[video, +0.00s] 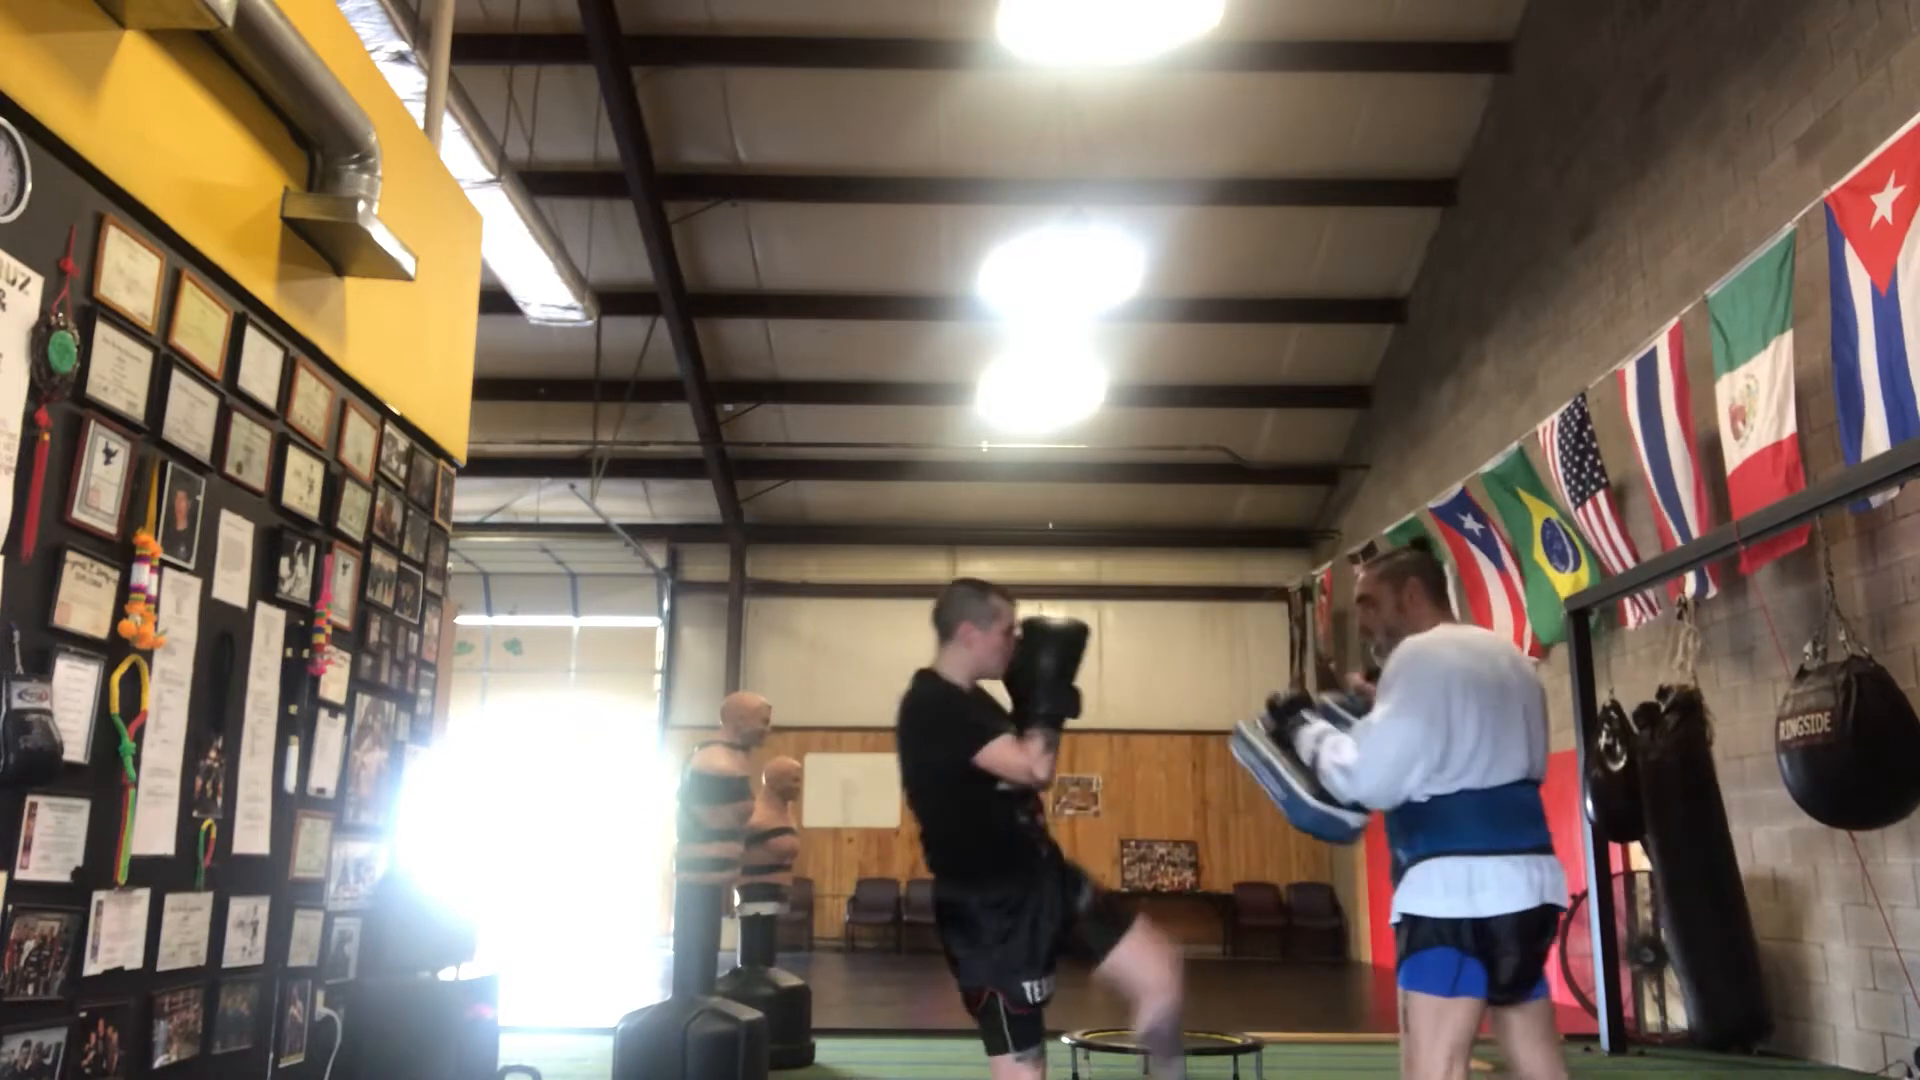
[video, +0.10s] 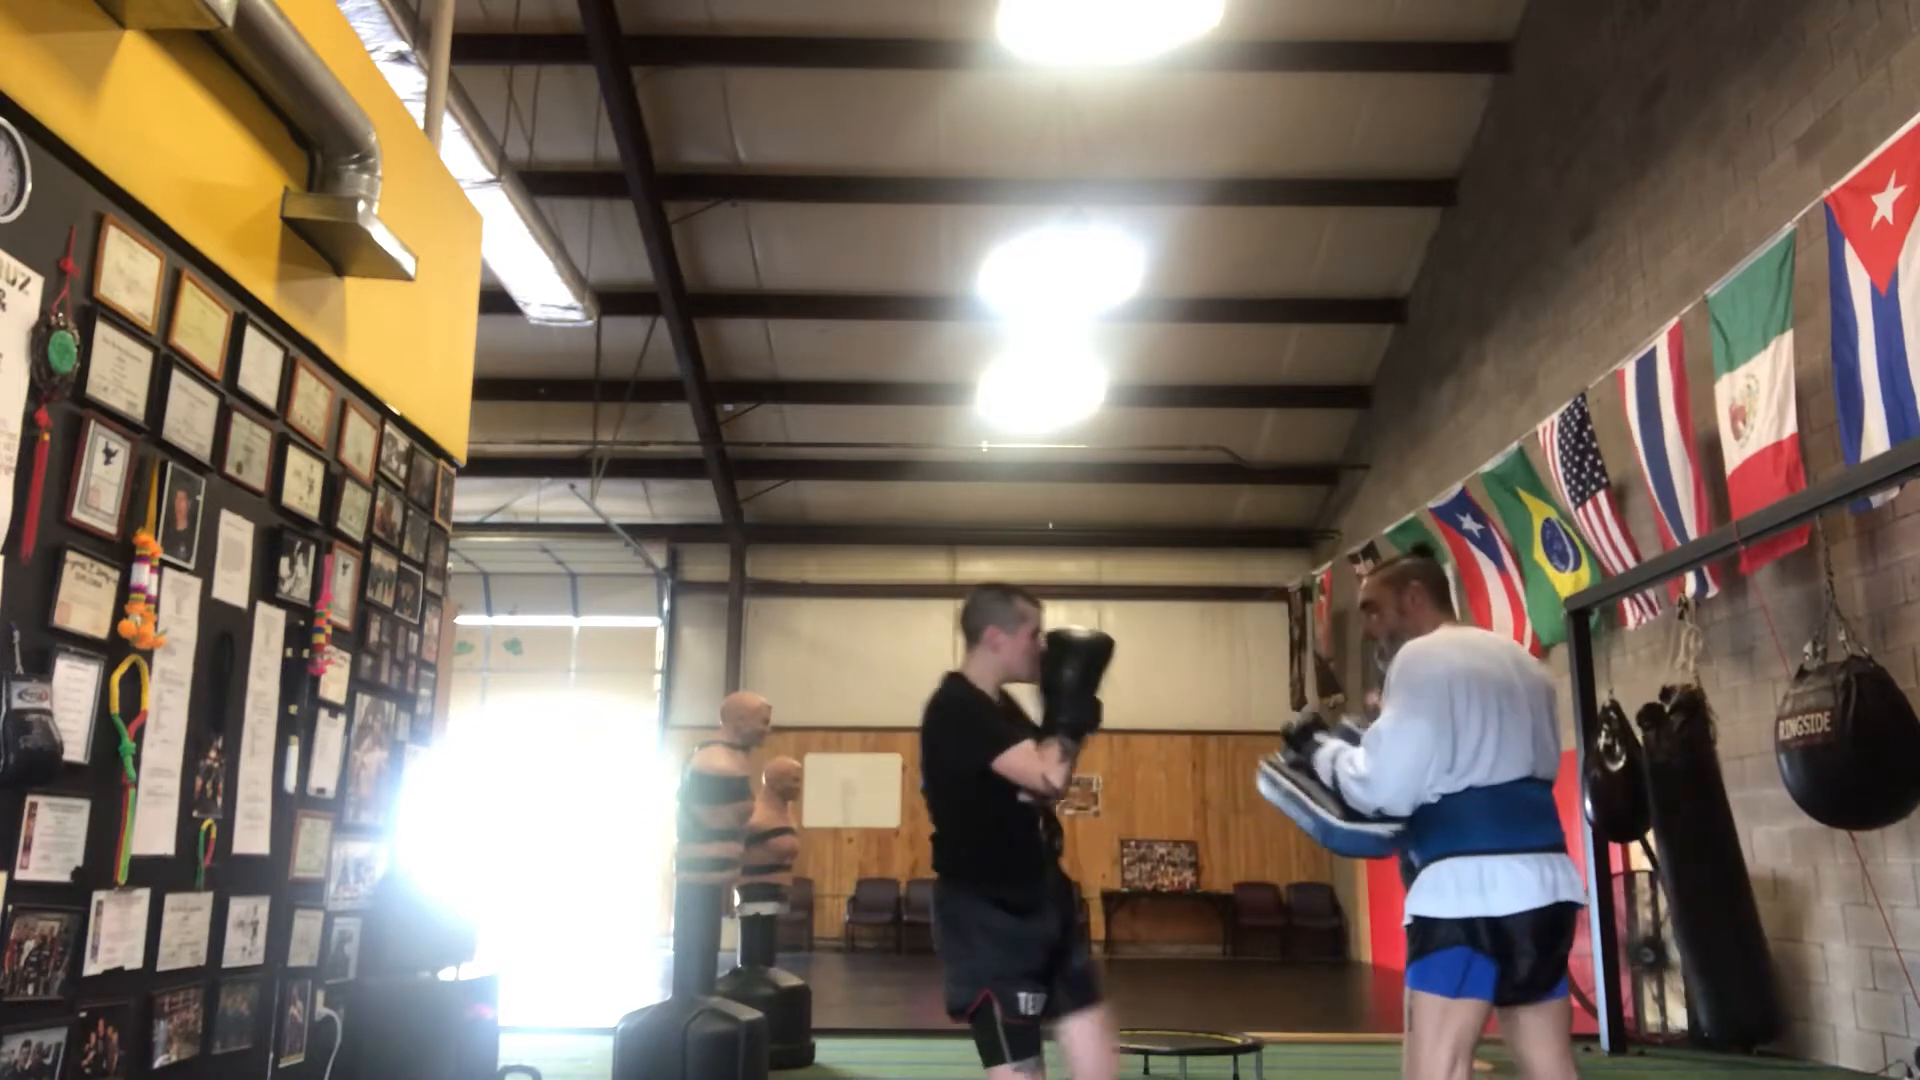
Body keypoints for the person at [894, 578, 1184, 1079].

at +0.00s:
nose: (1014, 642)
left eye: (1013, 632)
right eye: (1006, 631)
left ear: (969, 633)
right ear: (969, 633)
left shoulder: (973, 699)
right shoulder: (932, 706)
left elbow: (1027, 765)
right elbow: (1034, 767)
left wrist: (1028, 691)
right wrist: (1049, 683)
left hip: (1043, 883)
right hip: (987, 907)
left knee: (1158, 970)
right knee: (1020, 1070)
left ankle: (1165, 1071)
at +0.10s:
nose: (1040, 644)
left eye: (1039, 633)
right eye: (1031, 633)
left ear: (997, 639)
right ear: (995, 638)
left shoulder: (1002, 706)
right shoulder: (955, 709)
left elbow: (1047, 778)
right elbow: (1049, 775)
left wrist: (1069, 698)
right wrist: (1070, 695)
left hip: (1042, 909)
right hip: (986, 920)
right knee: (1016, 1070)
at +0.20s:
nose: (1063, 651)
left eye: (1063, 640)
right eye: (1056, 639)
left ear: (1024, 640)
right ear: (1020, 638)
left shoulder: (1038, 705)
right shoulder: (968, 700)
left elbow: (1085, 783)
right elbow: (1046, 778)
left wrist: (1122, 723)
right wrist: (1076, 698)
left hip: (1042, 904)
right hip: (979, 909)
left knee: (1072, 1066)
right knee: (1008, 1068)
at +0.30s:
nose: (1069, 657)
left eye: (1071, 647)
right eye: (1062, 645)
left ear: (1032, 646)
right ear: (1026, 644)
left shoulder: (1051, 711)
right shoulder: (963, 696)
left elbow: (1114, 783)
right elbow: (1028, 773)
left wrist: (1172, 736)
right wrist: (1065, 700)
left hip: (1040, 910)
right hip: (970, 911)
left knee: (1082, 1070)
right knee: (1000, 1070)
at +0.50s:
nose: (1037, 698)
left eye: (1038, 686)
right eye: (1030, 685)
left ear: (997, 685)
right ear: (992, 683)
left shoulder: (1025, 753)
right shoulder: (923, 750)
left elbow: (1093, 827)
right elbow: (992, 834)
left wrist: (1169, 812)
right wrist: (1038, 752)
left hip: (1024, 959)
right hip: (952, 968)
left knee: (1097, 1072)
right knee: (953, 1072)